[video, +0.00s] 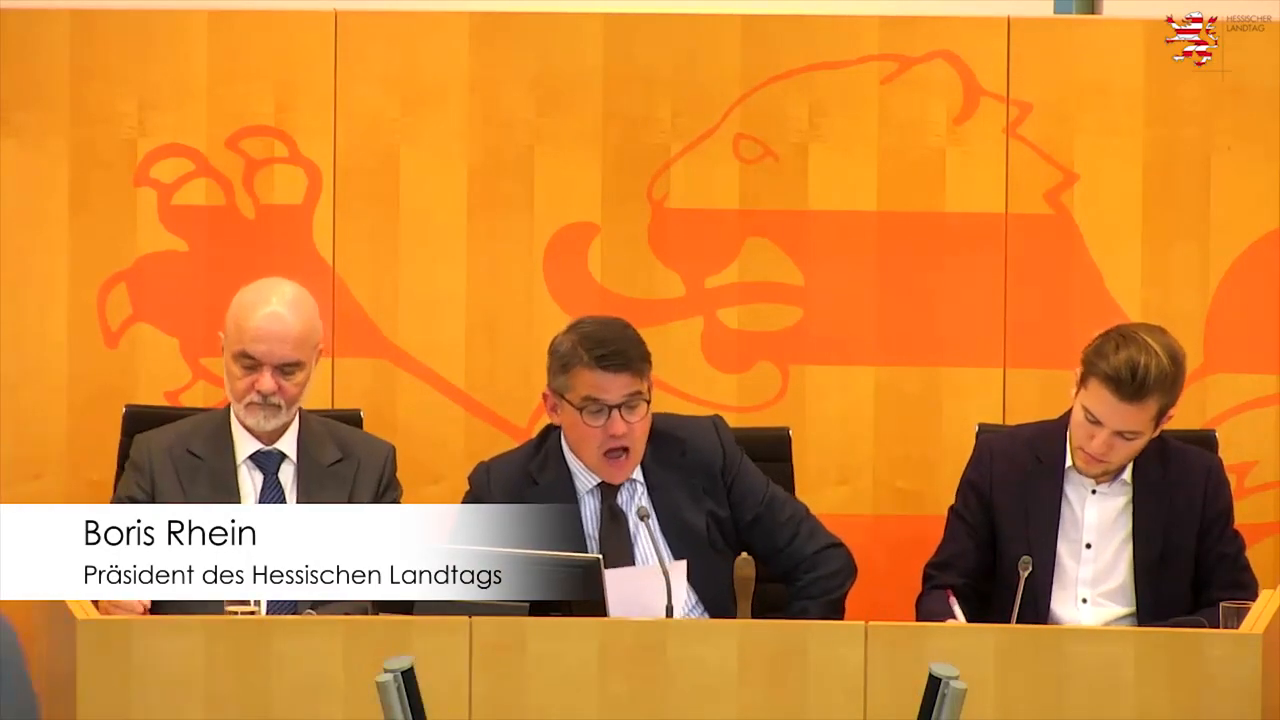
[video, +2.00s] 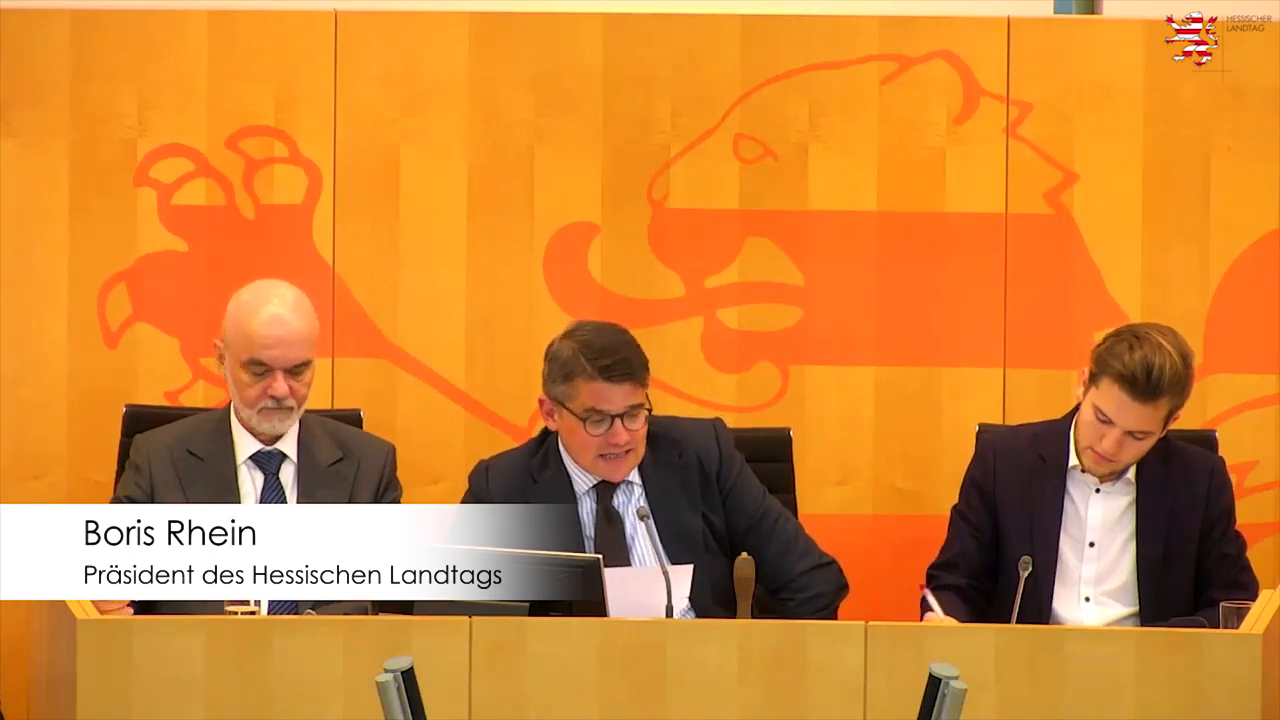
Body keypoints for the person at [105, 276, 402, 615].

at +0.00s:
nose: (266, 387)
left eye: (287, 369)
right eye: (249, 364)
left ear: (316, 358)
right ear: (223, 350)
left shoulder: (370, 463)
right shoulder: (155, 458)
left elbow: (384, 587)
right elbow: (116, 559)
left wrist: (315, 632)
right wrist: (118, 597)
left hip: (324, 666)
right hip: (190, 663)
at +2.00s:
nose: (280, 391)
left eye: (297, 370)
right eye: (258, 370)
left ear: (315, 359)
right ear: (221, 358)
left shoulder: (371, 462)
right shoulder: (154, 458)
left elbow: (393, 595)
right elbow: (112, 578)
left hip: (329, 668)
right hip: (191, 666)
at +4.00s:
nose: (285, 390)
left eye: (304, 371)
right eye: (265, 368)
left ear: (321, 362)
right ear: (226, 355)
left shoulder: (371, 463)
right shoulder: (159, 457)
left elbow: (386, 587)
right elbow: (118, 577)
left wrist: (312, 633)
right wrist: (147, 618)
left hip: (327, 664)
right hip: (197, 659)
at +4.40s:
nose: (292, 391)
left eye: (308, 371)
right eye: (271, 370)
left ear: (323, 363)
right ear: (228, 358)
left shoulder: (371, 463)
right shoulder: (159, 457)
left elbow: (386, 587)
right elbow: (118, 576)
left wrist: (312, 635)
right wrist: (148, 619)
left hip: (327, 666)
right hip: (197, 661)